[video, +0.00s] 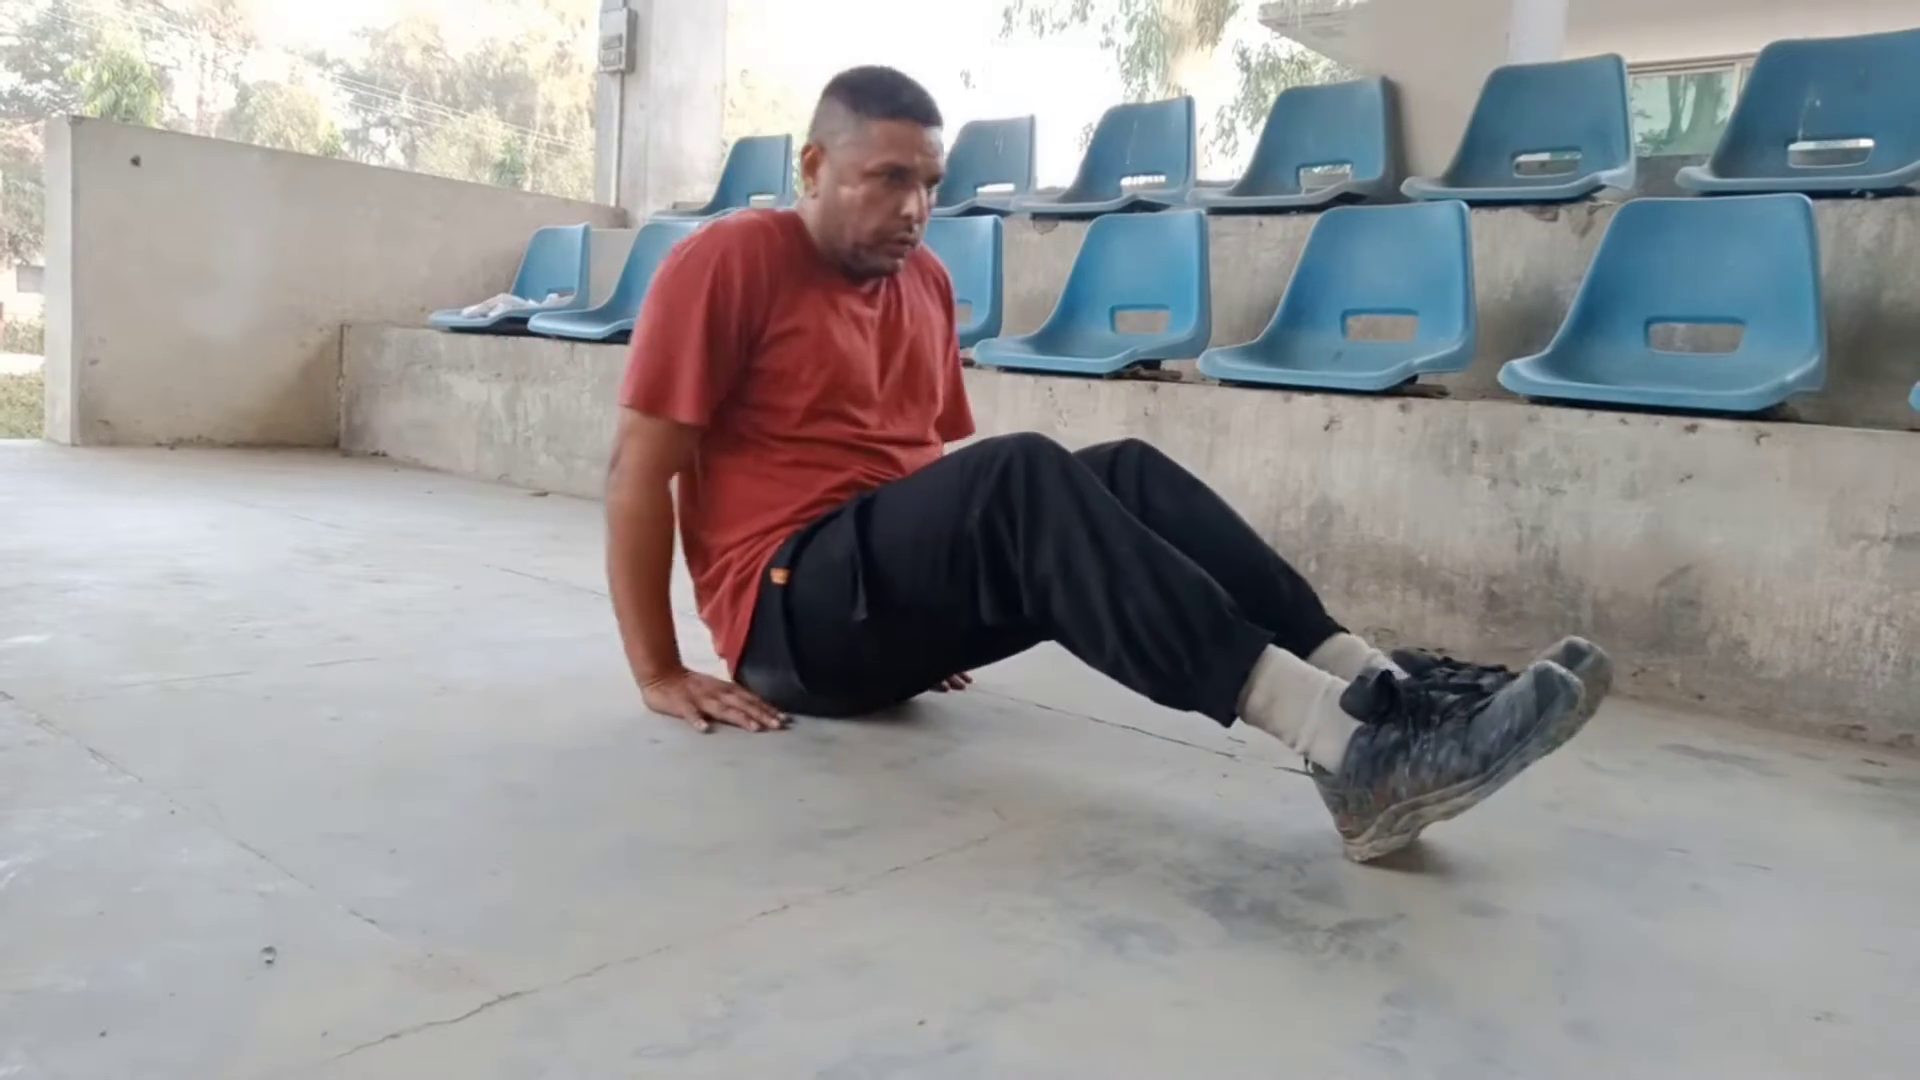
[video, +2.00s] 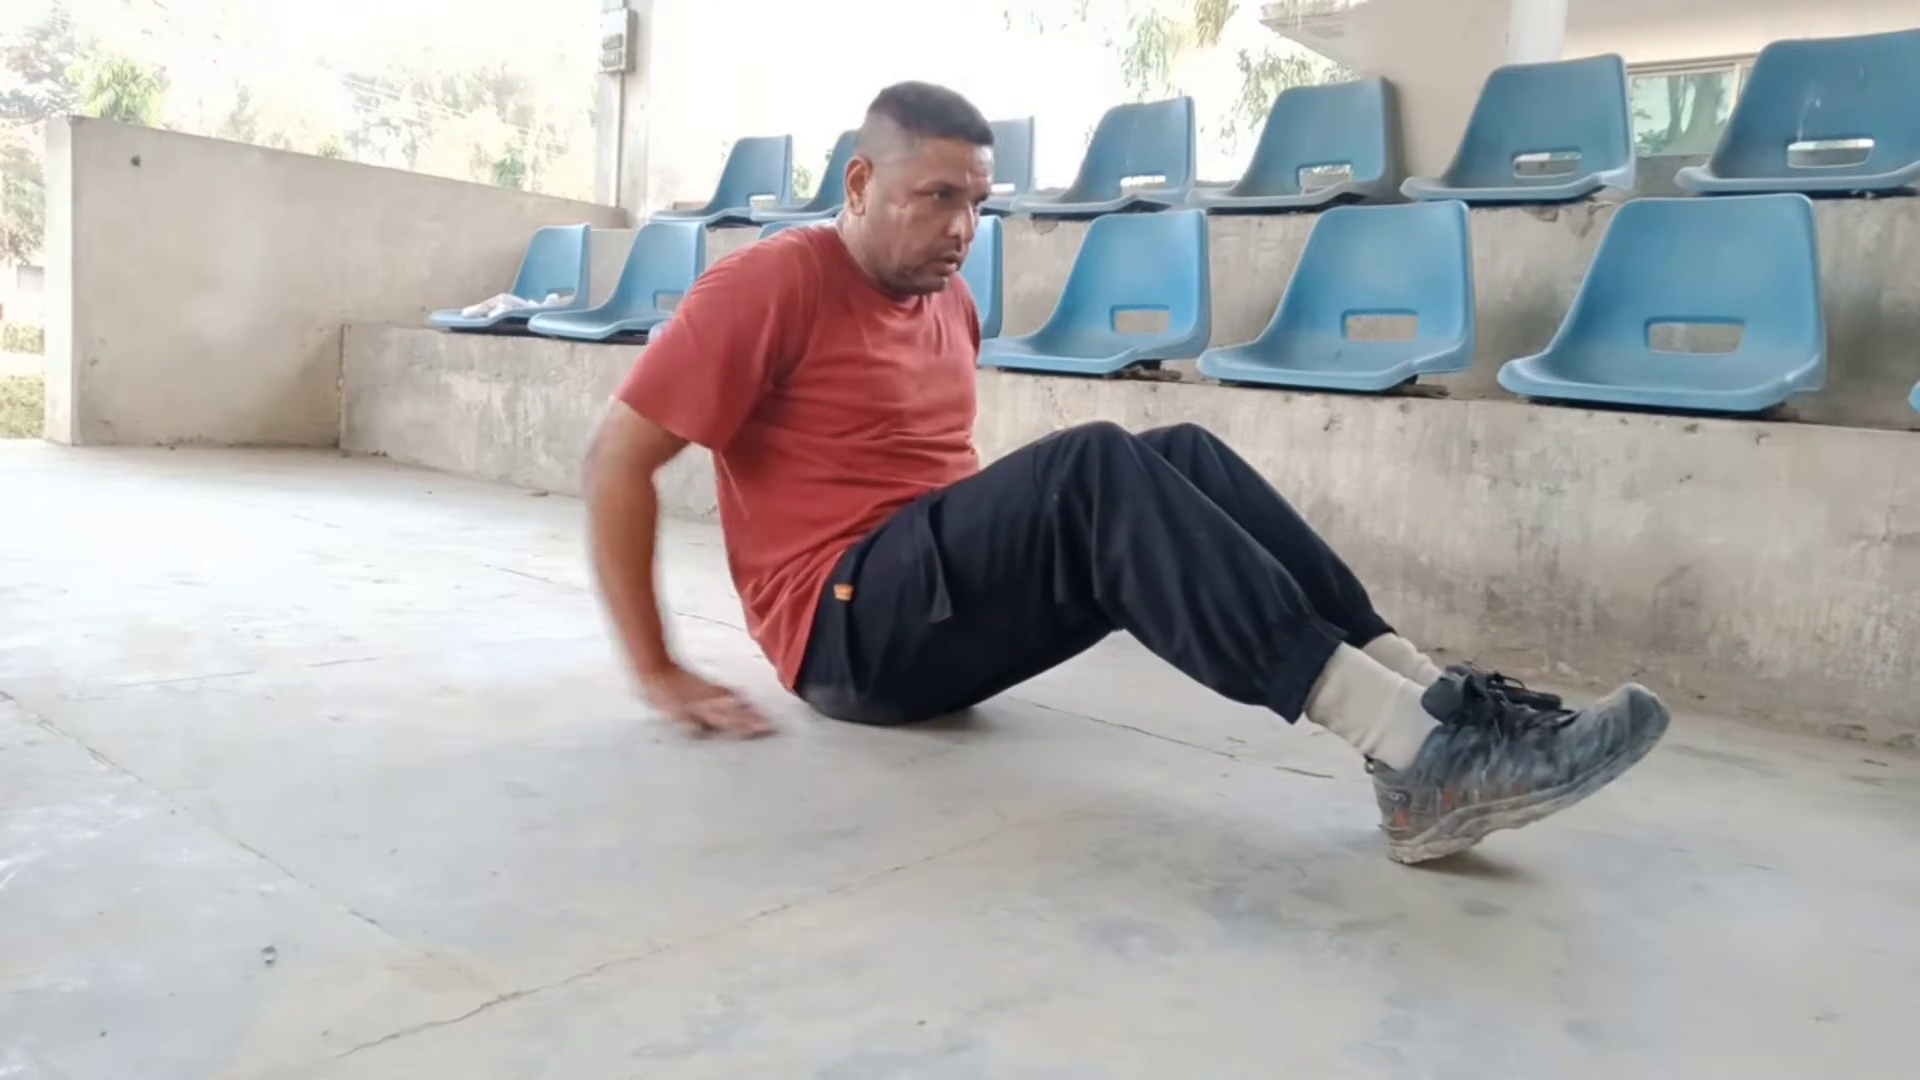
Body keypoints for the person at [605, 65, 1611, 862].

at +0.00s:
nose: (910, 208)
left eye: (923, 185)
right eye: (887, 180)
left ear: (929, 183)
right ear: (810, 167)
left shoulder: (923, 283)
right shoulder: (723, 262)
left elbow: (948, 456)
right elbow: (641, 464)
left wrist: (938, 633)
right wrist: (657, 674)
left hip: (906, 591)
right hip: (792, 612)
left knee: (1131, 473)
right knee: (1025, 475)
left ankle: (1390, 698)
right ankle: (1344, 752)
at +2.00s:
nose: (959, 226)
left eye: (973, 203)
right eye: (938, 198)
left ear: (973, 203)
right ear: (858, 187)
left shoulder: (946, 302)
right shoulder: (764, 286)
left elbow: (923, 463)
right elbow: (618, 461)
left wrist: (951, 607)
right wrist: (656, 674)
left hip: (936, 601)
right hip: (845, 618)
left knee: (1180, 456)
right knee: (1100, 472)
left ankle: (1452, 712)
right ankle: (1411, 764)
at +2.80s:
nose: (875, 233)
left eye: (886, 211)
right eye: (849, 207)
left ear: (885, 210)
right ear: (774, 200)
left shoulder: (884, 301)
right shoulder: (687, 301)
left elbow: (901, 457)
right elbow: (550, 478)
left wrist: (945, 587)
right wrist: (581, 683)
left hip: (914, 611)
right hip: (822, 622)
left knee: (1125, 402)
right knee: (1051, 413)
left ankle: (1349, 664)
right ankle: (1320, 679)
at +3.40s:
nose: (808, 247)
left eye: (818, 224)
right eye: (779, 225)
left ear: (824, 221)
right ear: (706, 221)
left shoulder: (828, 315)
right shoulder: (643, 321)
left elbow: (864, 462)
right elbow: (507, 491)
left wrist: (913, 553)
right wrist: (576, 683)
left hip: (906, 570)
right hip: (823, 612)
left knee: (1145, 486)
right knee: (1108, 494)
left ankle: (1486, 639)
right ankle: (1476, 631)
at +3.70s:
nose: (796, 252)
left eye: (808, 229)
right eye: (768, 229)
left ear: (818, 230)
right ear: (698, 228)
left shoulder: (820, 316)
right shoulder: (635, 324)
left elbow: (854, 457)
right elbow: (504, 493)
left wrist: (900, 550)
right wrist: (575, 681)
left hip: (903, 571)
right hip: (800, 613)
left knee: (1172, 490)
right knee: (1037, 509)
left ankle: (1504, 589)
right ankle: (1420, 637)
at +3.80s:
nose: (801, 258)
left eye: (813, 236)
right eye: (776, 234)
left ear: (821, 235)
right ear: (706, 226)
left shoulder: (829, 318)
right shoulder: (639, 323)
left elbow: (863, 465)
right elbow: (506, 494)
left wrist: (905, 577)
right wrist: (576, 682)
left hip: (912, 581)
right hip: (790, 626)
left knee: (1179, 493)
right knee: (950, 493)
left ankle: (1544, 553)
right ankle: (1264, 603)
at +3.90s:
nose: (811, 264)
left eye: (823, 240)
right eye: (787, 237)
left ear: (830, 234)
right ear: (715, 223)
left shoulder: (837, 320)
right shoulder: (644, 323)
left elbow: (872, 472)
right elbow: (507, 494)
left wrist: (943, 548)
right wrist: (575, 682)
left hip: (908, 572)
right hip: (787, 609)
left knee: (1170, 518)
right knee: (885, 526)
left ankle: (1517, 548)